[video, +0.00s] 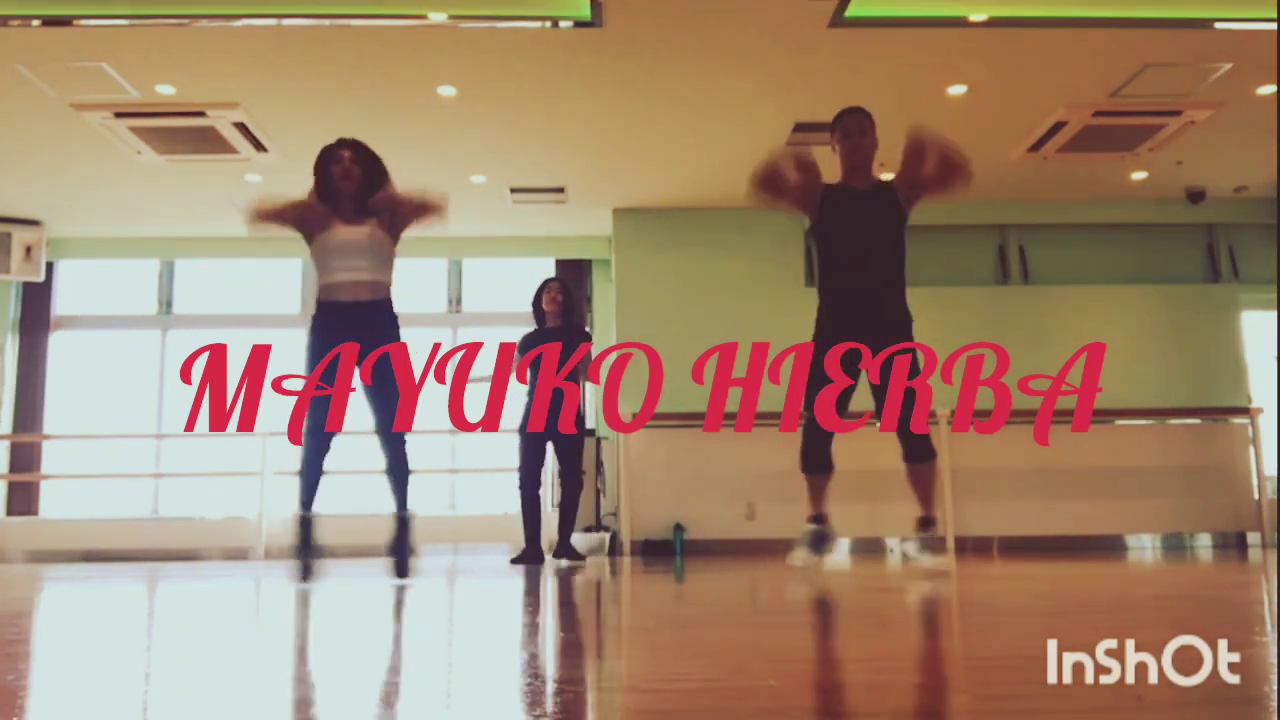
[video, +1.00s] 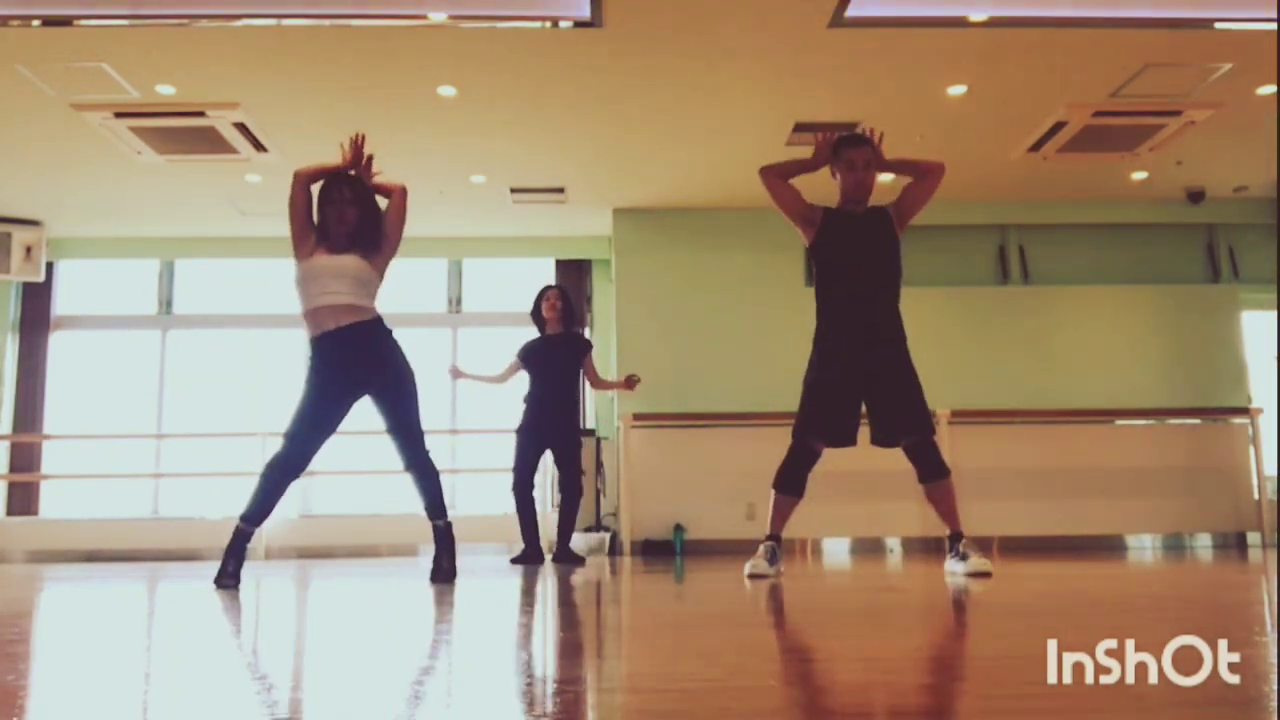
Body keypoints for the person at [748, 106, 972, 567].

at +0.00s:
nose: (856, 143)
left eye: (863, 134)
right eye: (847, 136)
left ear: (876, 141)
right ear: (834, 145)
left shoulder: (898, 192)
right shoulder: (819, 197)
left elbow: (957, 174)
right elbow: (763, 182)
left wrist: (926, 146)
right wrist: (789, 168)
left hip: (889, 324)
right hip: (836, 327)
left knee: (913, 424)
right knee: (816, 428)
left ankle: (927, 525)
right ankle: (818, 526)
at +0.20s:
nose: (857, 163)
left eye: (865, 154)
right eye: (849, 156)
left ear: (878, 163)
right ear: (834, 166)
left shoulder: (892, 209)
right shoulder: (826, 214)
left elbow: (899, 144)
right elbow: (818, 148)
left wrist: (888, 77)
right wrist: (833, 83)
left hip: (894, 348)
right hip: (839, 350)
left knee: (923, 446)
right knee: (807, 447)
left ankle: (958, 544)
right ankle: (770, 543)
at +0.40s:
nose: (857, 168)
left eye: (864, 159)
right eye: (848, 160)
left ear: (877, 167)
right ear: (834, 168)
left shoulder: (890, 213)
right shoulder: (823, 216)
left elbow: (901, 152)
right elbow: (813, 152)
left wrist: (877, 96)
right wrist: (836, 96)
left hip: (889, 349)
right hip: (834, 350)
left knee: (921, 448)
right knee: (806, 450)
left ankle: (958, 546)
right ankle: (770, 546)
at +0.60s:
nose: (857, 169)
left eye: (864, 162)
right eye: (849, 162)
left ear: (875, 169)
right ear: (835, 170)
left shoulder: (891, 215)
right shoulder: (820, 217)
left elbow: (913, 154)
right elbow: (795, 154)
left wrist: (872, 119)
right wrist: (828, 117)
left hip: (888, 349)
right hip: (835, 351)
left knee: (921, 449)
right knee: (805, 451)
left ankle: (958, 546)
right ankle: (770, 546)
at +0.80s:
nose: (857, 172)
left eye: (864, 164)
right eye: (849, 164)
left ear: (874, 171)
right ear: (835, 170)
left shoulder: (891, 216)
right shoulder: (818, 218)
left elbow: (925, 162)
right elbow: (780, 165)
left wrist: (877, 147)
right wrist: (825, 137)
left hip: (887, 350)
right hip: (834, 352)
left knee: (921, 447)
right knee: (806, 450)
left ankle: (958, 545)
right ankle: (770, 547)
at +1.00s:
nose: (860, 174)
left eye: (867, 166)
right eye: (851, 166)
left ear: (877, 174)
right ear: (835, 173)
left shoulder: (891, 219)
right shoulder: (817, 221)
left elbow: (935, 172)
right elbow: (769, 176)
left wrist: (886, 163)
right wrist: (814, 162)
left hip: (888, 353)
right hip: (834, 355)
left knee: (922, 447)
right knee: (804, 451)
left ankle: (958, 545)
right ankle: (770, 546)